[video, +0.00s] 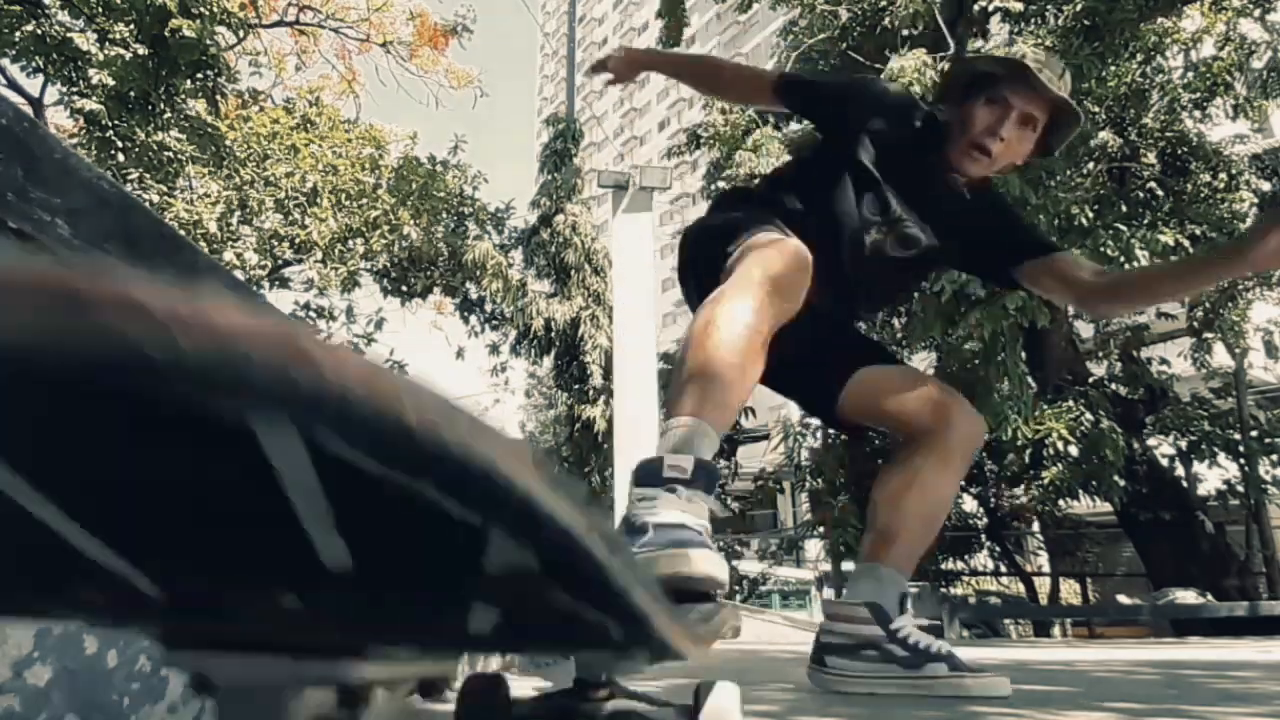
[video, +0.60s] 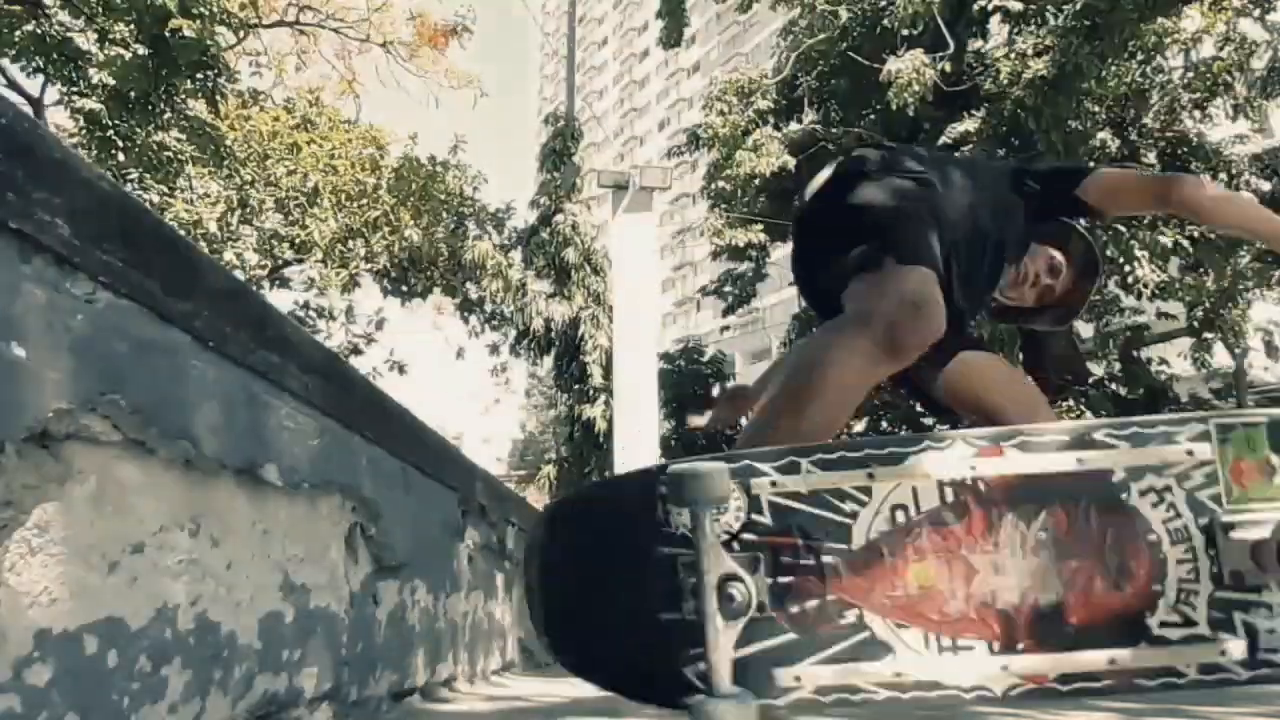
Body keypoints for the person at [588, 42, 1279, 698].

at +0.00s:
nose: (1005, 132)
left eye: (1027, 128)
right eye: (997, 107)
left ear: (1031, 147)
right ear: (958, 97)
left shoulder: (989, 224)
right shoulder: (877, 108)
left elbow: (1095, 290)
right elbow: (754, 88)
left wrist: (1238, 260)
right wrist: (652, 60)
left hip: (812, 327)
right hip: (740, 246)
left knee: (951, 420)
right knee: (786, 263)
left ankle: (860, 623)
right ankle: (669, 496)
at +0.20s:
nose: (1054, 161)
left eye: (1068, 155)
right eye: (1061, 139)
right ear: (1027, 102)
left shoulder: (982, 204)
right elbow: (1054, 329)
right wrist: (1132, 401)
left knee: (1039, 392)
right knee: (1044, 394)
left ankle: (893, 585)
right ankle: (891, 586)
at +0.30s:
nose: (1050, 175)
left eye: (1063, 180)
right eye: (1057, 153)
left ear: (1053, 195)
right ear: (1029, 120)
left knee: (1068, 383)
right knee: (1065, 383)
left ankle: (926, 567)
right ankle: (923, 569)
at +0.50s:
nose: (1046, 279)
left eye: (1056, 279)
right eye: (1058, 265)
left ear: (1043, 258)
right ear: (1054, 226)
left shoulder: (979, 308)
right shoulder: (1018, 177)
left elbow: (957, 447)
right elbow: (1155, 115)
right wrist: (1270, 106)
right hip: (865, 191)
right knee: (903, 302)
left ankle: (973, 624)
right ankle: (763, 422)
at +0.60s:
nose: (1034, 285)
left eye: (1038, 300)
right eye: (1053, 273)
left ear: (1027, 312)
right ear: (1052, 240)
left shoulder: (953, 312)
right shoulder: (1037, 194)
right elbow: (1176, 193)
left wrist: (752, 404)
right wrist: (1273, 232)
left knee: (1036, 417)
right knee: (910, 318)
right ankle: (745, 485)